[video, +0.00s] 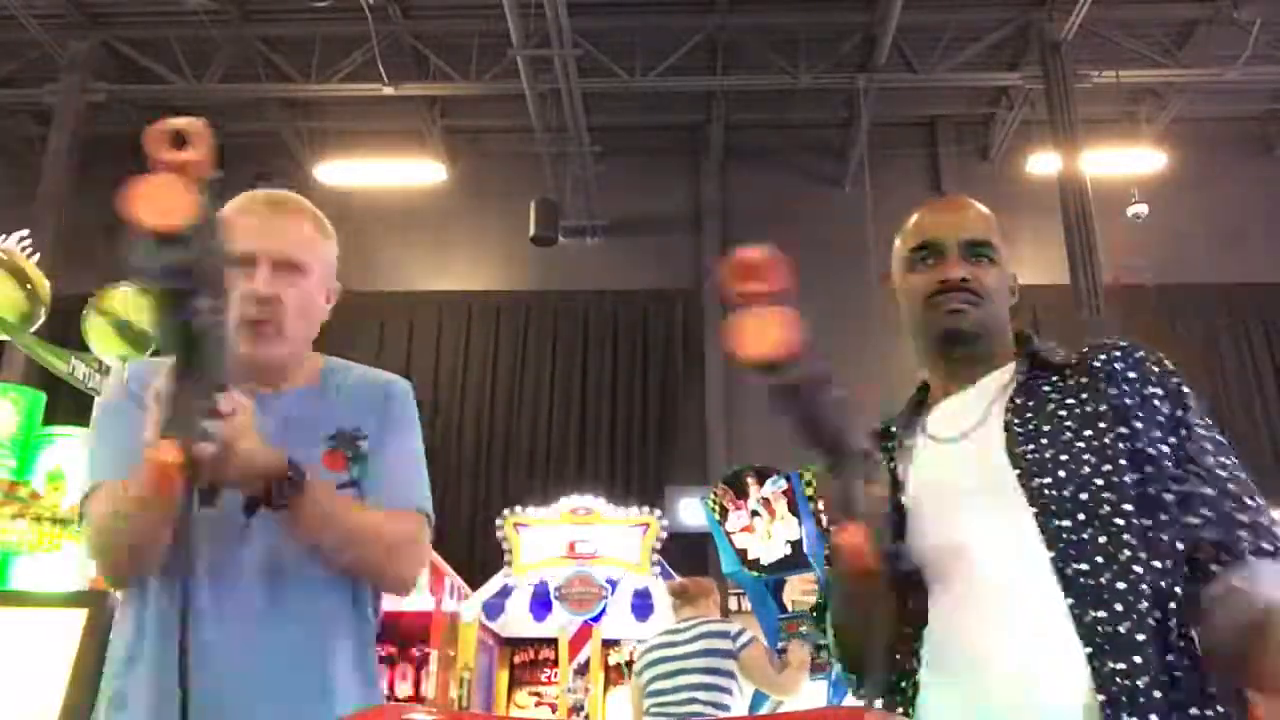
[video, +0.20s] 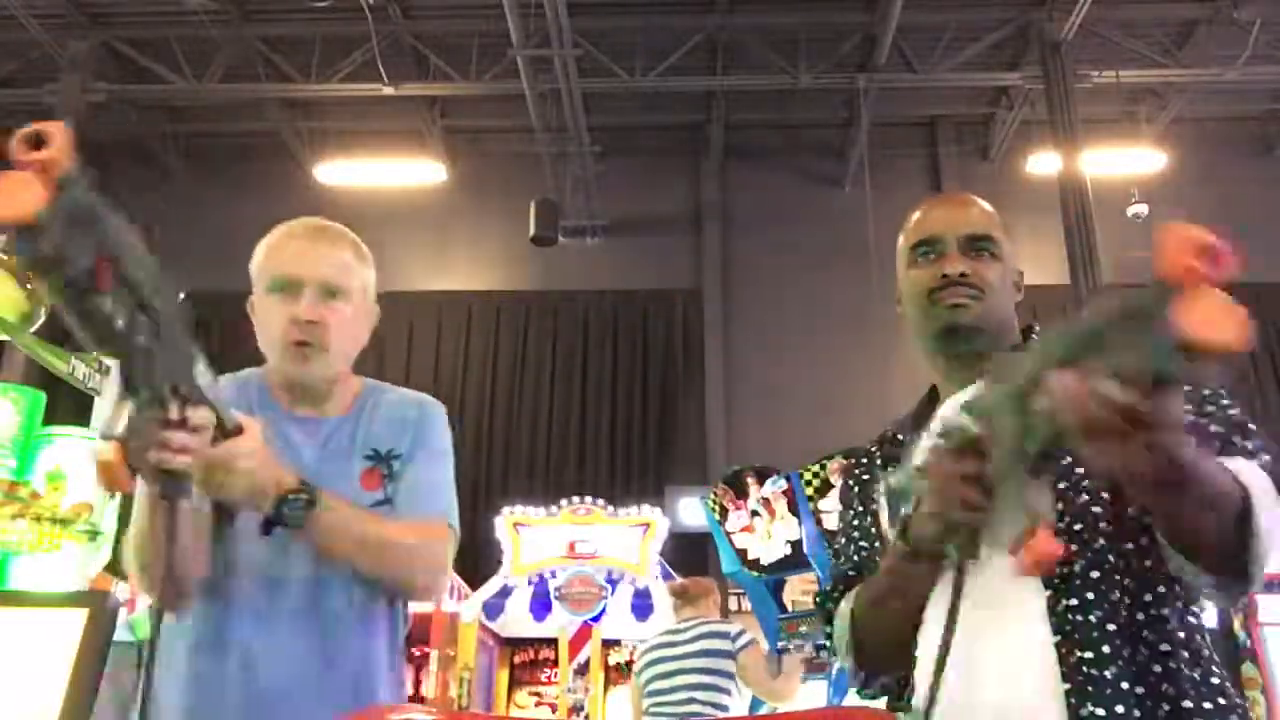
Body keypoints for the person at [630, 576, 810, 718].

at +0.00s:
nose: (721, 609)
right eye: (720, 603)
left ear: (674, 609)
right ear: (713, 601)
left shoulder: (646, 650)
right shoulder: (731, 632)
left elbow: (639, 714)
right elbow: (784, 688)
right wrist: (799, 661)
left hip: (660, 715)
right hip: (710, 713)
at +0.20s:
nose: (723, 609)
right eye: (721, 603)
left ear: (675, 609)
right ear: (714, 600)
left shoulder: (646, 650)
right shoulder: (731, 633)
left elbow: (639, 713)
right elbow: (778, 695)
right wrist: (794, 665)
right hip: (710, 712)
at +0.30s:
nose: (721, 611)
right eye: (720, 605)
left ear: (676, 610)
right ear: (714, 602)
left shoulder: (646, 648)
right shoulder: (729, 633)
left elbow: (638, 713)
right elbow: (758, 694)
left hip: (658, 716)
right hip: (707, 714)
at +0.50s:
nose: (721, 606)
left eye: (718, 599)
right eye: (718, 599)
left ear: (675, 607)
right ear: (711, 596)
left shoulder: (646, 647)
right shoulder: (728, 631)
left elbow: (638, 713)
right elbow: (759, 690)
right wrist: (786, 686)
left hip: (656, 715)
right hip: (709, 713)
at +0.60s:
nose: (719, 605)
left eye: (716, 598)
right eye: (716, 597)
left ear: (672, 606)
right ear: (709, 594)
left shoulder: (644, 647)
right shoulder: (728, 630)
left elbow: (638, 711)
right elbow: (778, 685)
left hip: (656, 715)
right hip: (710, 713)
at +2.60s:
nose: (716, 605)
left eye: (714, 599)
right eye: (714, 599)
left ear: (671, 607)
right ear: (709, 598)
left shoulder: (645, 647)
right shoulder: (729, 632)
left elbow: (635, 713)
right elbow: (787, 682)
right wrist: (799, 657)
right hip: (707, 713)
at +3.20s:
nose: (721, 609)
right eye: (720, 603)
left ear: (677, 609)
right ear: (713, 601)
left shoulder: (647, 647)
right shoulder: (730, 633)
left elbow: (638, 711)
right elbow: (774, 694)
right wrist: (790, 661)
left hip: (658, 714)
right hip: (710, 713)